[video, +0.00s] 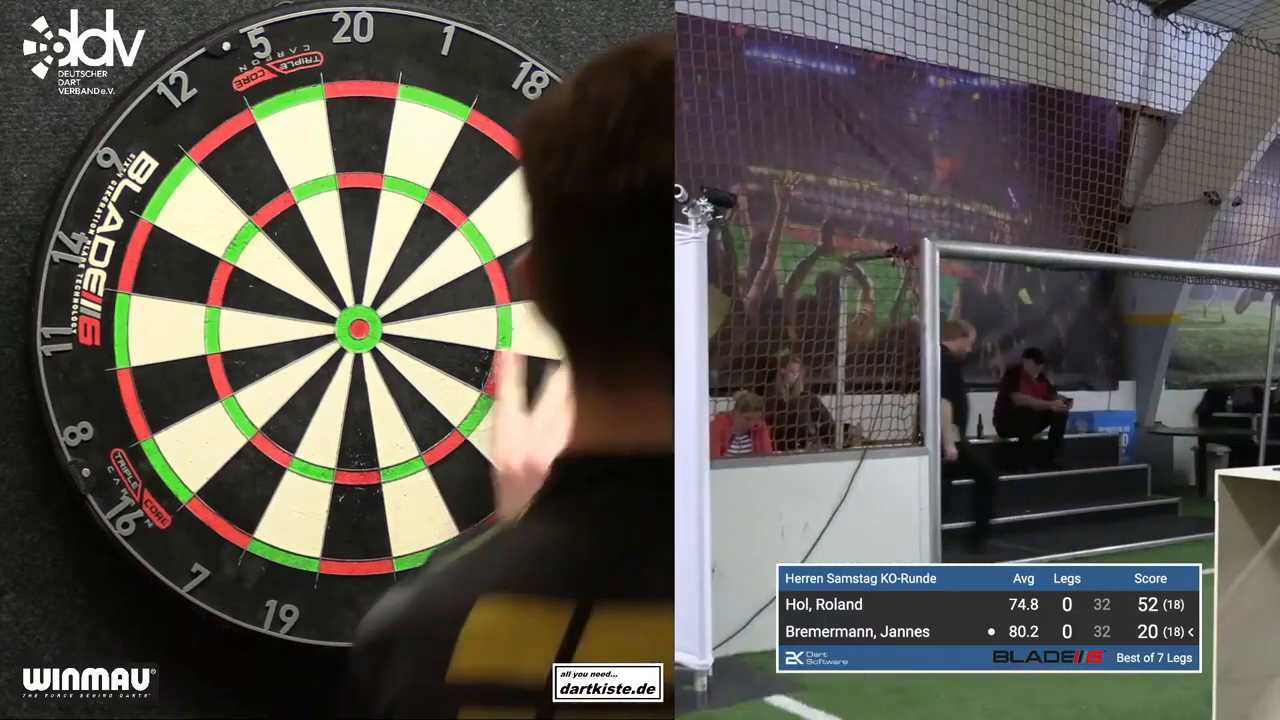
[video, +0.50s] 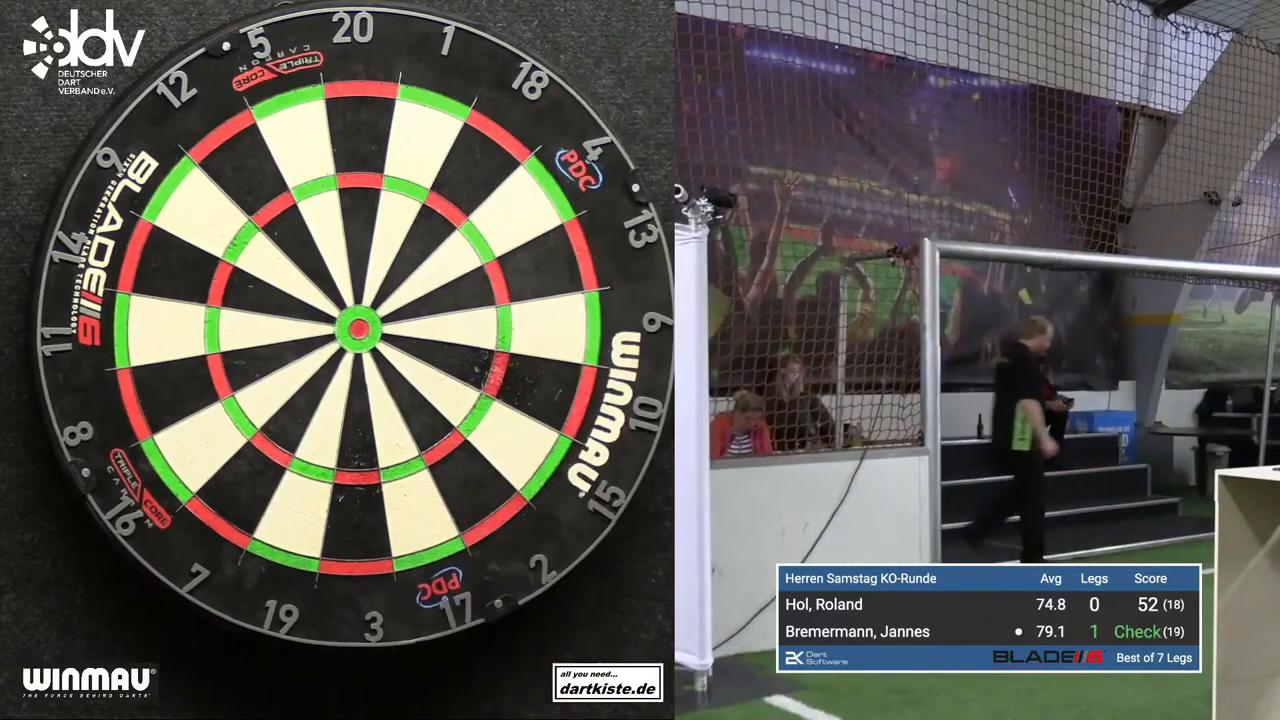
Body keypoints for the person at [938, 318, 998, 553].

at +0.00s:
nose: (969, 349)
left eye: (970, 344)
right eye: (968, 343)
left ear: (953, 339)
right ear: (955, 339)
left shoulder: (940, 358)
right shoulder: (947, 362)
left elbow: (943, 403)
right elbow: (944, 404)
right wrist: (948, 442)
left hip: (941, 441)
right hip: (950, 442)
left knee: (940, 492)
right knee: (986, 475)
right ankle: (979, 536)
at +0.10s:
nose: (988, 350)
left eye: (989, 346)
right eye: (986, 345)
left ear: (966, 341)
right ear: (973, 342)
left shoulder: (952, 360)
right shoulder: (961, 363)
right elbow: (959, 405)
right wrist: (964, 445)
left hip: (950, 442)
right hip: (968, 443)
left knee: (944, 499)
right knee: (995, 493)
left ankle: (926, 550)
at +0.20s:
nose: (988, 351)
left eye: (989, 346)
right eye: (986, 345)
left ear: (966, 341)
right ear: (973, 342)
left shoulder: (952, 360)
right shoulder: (961, 363)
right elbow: (959, 405)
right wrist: (964, 445)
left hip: (950, 442)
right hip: (968, 443)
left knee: (944, 499)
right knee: (995, 493)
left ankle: (926, 550)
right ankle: (1023, 549)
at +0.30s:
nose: (1017, 352)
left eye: (1018, 347)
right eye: (1016, 346)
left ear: (995, 342)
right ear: (1005, 343)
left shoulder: (979, 363)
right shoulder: (993, 366)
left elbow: (1011, 397)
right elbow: (992, 411)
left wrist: (1048, 405)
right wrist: (998, 450)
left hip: (973, 444)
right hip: (990, 446)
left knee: (965, 495)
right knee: (1014, 500)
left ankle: (935, 542)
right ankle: (1031, 553)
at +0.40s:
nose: (1036, 347)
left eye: (1037, 342)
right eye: (1035, 341)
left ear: (1016, 339)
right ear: (1023, 339)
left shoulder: (1001, 359)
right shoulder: (1012, 363)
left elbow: (1015, 400)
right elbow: (1016, 405)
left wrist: (1047, 405)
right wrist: (1028, 443)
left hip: (997, 443)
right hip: (1009, 445)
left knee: (996, 493)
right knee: (1028, 500)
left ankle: (953, 539)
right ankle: (1033, 557)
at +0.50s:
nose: (1047, 344)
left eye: (1048, 340)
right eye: (1046, 339)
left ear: (1025, 337)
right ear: (1032, 336)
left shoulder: (1013, 357)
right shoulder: (1022, 360)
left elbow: (1020, 398)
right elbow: (1028, 401)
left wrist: (1049, 404)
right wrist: (1044, 437)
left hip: (1013, 441)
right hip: (1021, 443)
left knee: (1020, 492)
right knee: (1032, 498)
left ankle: (976, 532)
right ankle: (1033, 558)